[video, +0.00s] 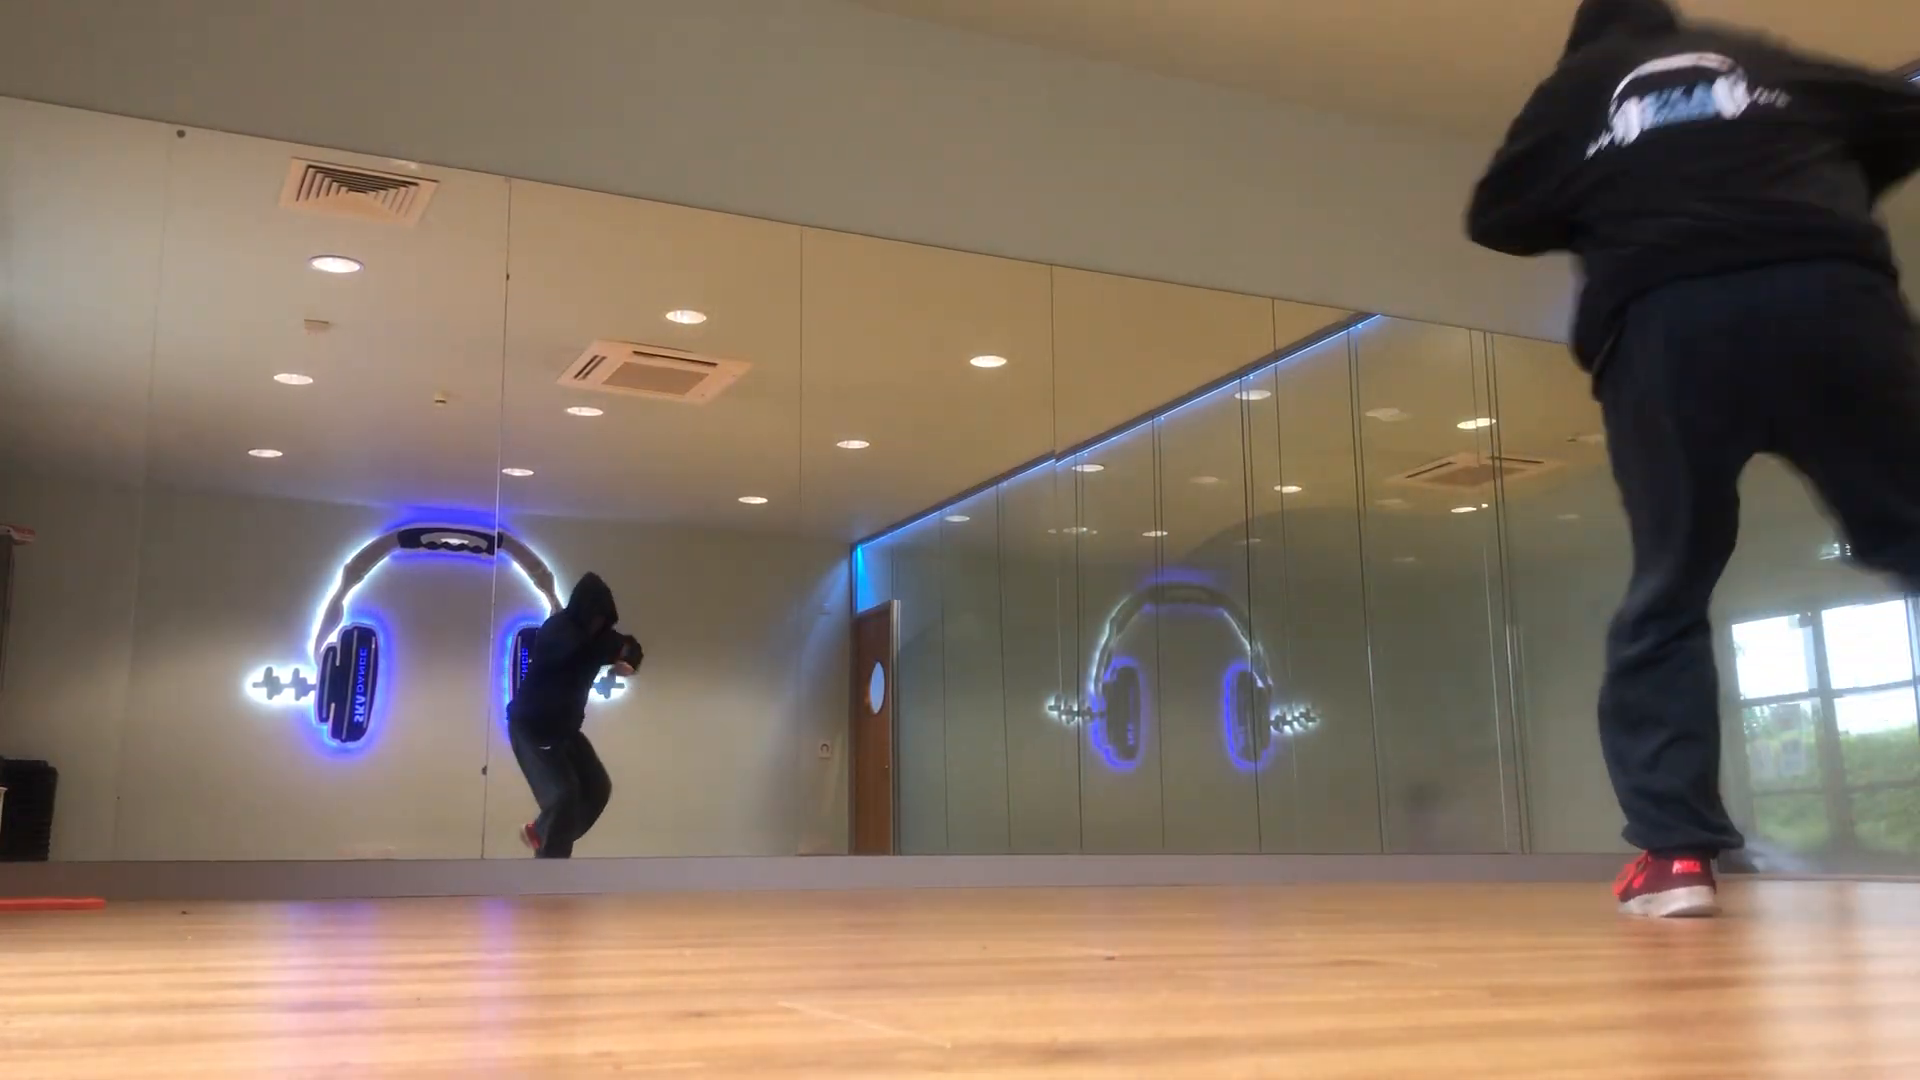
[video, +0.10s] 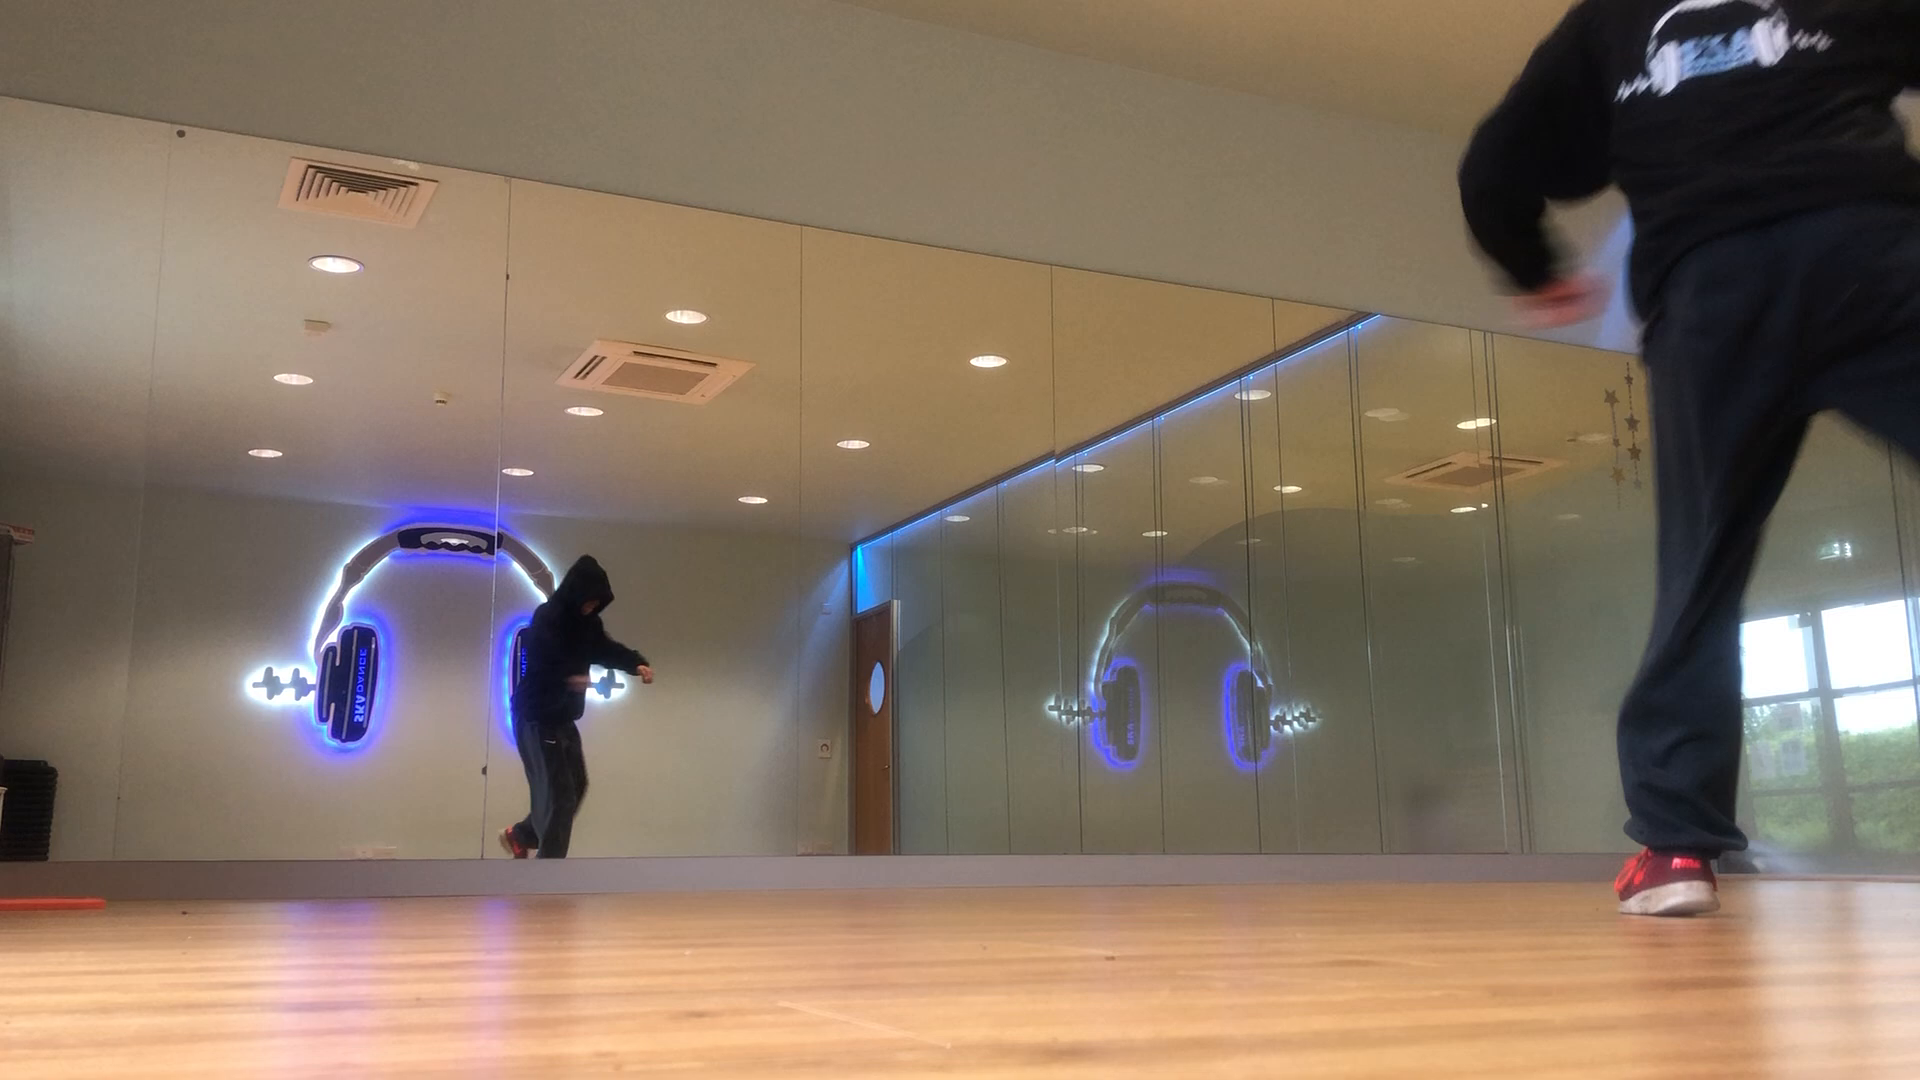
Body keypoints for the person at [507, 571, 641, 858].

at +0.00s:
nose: (598, 626)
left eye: (603, 621)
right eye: (594, 619)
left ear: (606, 618)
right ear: (581, 611)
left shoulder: (601, 636)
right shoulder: (555, 629)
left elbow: (629, 647)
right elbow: (575, 653)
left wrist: (628, 662)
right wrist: (611, 647)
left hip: (565, 730)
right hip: (530, 730)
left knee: (598, 788)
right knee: (563, 796)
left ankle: (540, 832)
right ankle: (550, 873)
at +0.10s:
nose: (594, 606)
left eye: (597, 601)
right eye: (591, 599)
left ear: (597, 600)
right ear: (577, 592)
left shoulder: (586, 622)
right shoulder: (548, 617)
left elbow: (604, 648)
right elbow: (538, 671)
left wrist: (635, 664)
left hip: (563, 718)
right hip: (535, 719)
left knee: (576, 786)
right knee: (556, 791)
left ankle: (521, 836)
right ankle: (547, 868)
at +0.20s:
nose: (591, 604)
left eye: (595, 600)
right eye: (591, 597)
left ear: (581, 591)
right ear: (580, 588)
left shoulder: (569, 615)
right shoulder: (550, 611)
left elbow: (556, 658)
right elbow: (515, 631)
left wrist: (585, 663)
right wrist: (484, 643)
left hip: (555, 714)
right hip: (542, 714)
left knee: (545, 786)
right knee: (555, 790)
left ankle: (512, 849)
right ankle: (547, 865)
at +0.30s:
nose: (587, 622)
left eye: (591, 618)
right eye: (588, 615)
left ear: (571, 603)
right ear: (578, 606)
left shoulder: (558, 629)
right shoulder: (548, 624)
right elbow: (506, 645)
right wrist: (458, 660)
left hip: (543, 729)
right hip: (539, 730)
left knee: (533, 804)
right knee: (556, 800)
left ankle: (507, 866)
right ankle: (544, 869)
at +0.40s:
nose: (589, 643)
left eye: (593, 639)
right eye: (590, 636)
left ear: (569, 625)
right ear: (580, 630)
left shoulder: (556, 650)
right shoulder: (547, 648)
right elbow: (509, 681)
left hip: (520, 743)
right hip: (523, 742)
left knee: (536, 814)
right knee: (558, 798)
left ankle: (499, 871)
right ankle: (546, 872)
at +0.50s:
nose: (590, 654)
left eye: (594, 650)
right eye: (590, 647)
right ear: (580, 640)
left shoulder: (562, 673)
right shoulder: (545, 655)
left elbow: (547, 732)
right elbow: (520, 682)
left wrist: (572, 755)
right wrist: (511, 710)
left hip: (525, 747)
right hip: (511, 743)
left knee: (536, 814)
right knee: (552, 793)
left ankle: (502, 872)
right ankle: (547, 869)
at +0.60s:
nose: (588, 639)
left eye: (591, 635)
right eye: (586, 632)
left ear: (591, 636)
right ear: (576, 626)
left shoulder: (574, 664)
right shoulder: (536, 641)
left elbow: (583, 696)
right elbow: (521, 668)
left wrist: (622, 693)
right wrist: (563, 657)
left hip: (529, 746)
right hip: (509, 739)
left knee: (527, 816)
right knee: (545, 793)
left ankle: (495, 875)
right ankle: (550, 872)